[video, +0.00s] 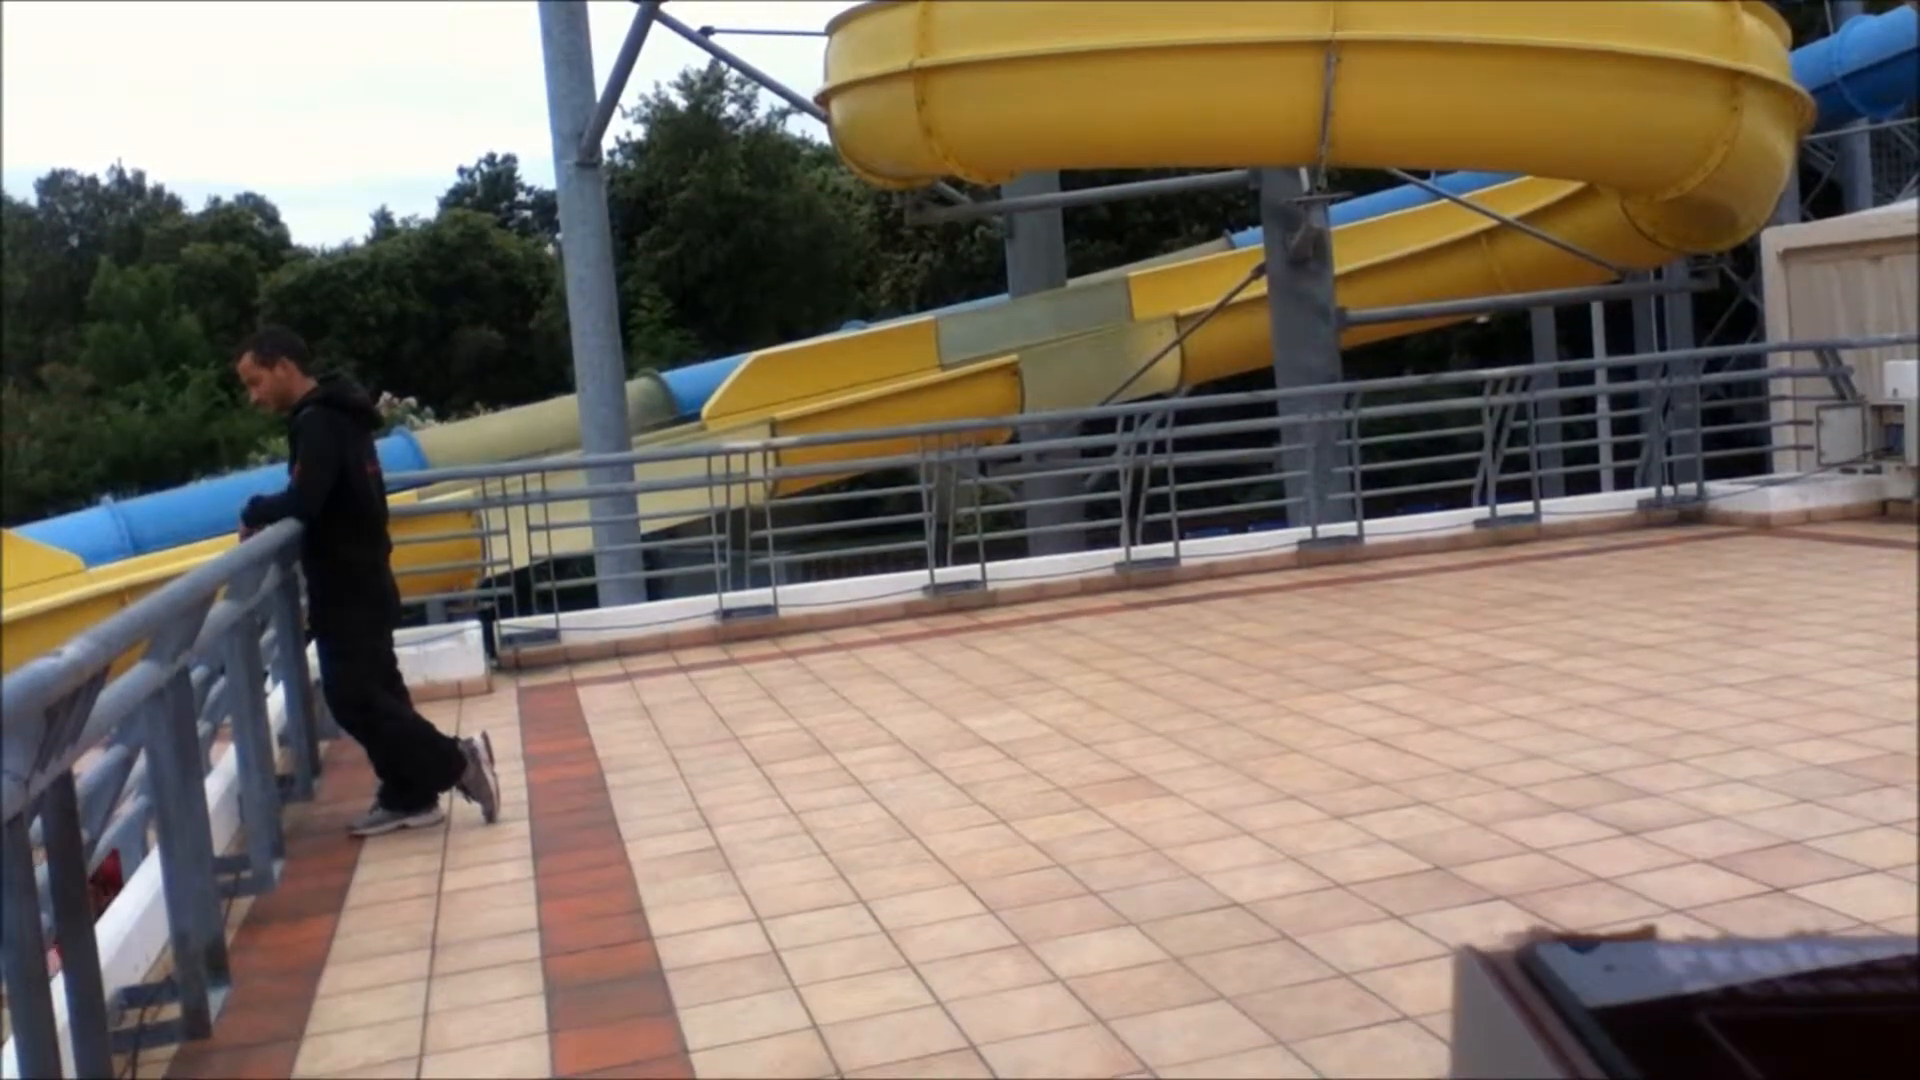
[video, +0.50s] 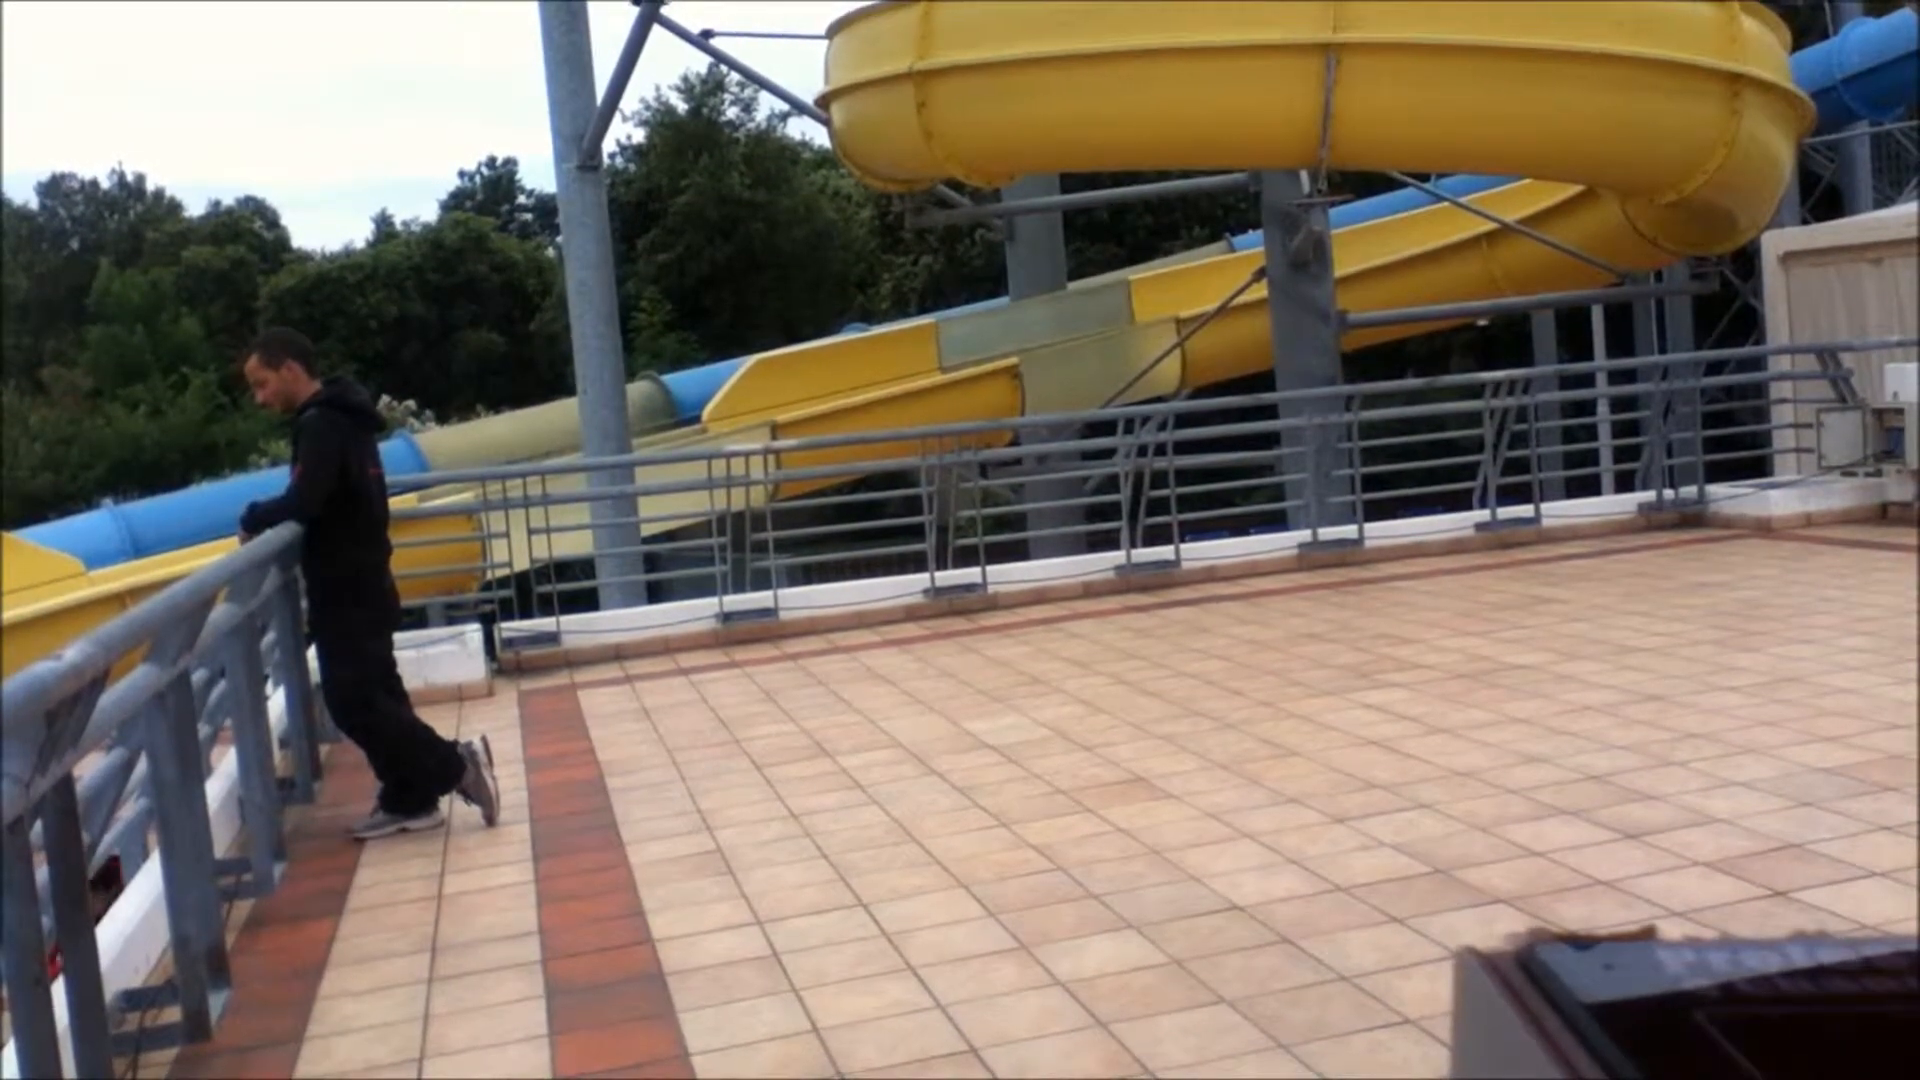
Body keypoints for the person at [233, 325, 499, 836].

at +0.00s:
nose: (252, 397)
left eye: (253, 383)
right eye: (247, 387)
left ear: (284, 368)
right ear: (288, 372)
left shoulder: (317, 421)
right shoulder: (334, 411)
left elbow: (308, 501)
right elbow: (325, 498)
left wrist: (256, 513)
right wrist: (270, 513)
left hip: (347, 586)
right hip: (361, 581)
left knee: (350, 699)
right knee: (376, 687)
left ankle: (455, 761)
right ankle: (407, 798)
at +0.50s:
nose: (259, 398)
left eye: (260, 384)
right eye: (254, 388)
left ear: (290, 371)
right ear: (295, 374)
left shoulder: (321, 423)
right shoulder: (340, 413)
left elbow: (308, 501)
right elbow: (323, 500)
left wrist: (255, 517)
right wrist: (271, 516)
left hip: (346, 590)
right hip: (362, 584)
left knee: (350, 702)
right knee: (377, 691)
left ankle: (454, 766)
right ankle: (408, 802)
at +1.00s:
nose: (259, 395)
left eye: (260, 381)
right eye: (254, 385)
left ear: (290, 368)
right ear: (296, 371)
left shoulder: (320, 420)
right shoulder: (342, 411)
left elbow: (308, 497)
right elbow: (325, 496)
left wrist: (255, 514)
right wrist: (272, 512)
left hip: (346, 587)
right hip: (363, 581)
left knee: (349, 698)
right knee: (376, 688)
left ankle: (454, 762)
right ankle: (407, 798)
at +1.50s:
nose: (257, 403)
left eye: (258, 388)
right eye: (252, 393)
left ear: (289, 373)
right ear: (294, 377)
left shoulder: (322, 426)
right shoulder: (340, 416)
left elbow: (307, 504)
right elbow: (321, 502)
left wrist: (255, 520)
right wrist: (270, 519)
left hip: (348, 592)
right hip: (364, 587)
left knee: (351, 705)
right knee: (377, 693)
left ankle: (455, 766)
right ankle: (407, 804)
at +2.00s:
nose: (252, 368)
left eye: (252, 354)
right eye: (247, 358)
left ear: (282, 340)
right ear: (287, 344)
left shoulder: (317, 392)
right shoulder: (333, 384)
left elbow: (306, 469)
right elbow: (321, 468)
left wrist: (253, 484)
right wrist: (269, 481)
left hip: (343, 559)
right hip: (358, 555)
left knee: (346, 669)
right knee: (372, 658)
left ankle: (449, 731)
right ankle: (403, 767)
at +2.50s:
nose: (252, 366)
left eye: (254, 352)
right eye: (248, 355)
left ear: (283, 339)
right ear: (288, 342)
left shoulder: (318, 392)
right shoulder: (334, 382)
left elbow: (303, 471)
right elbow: (315, 467)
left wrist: (253, 486)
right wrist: (268, 483)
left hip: (343, 558)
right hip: (357, 553)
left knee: (346, 670)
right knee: (371, 659)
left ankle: (449, 734)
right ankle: (402, 769)